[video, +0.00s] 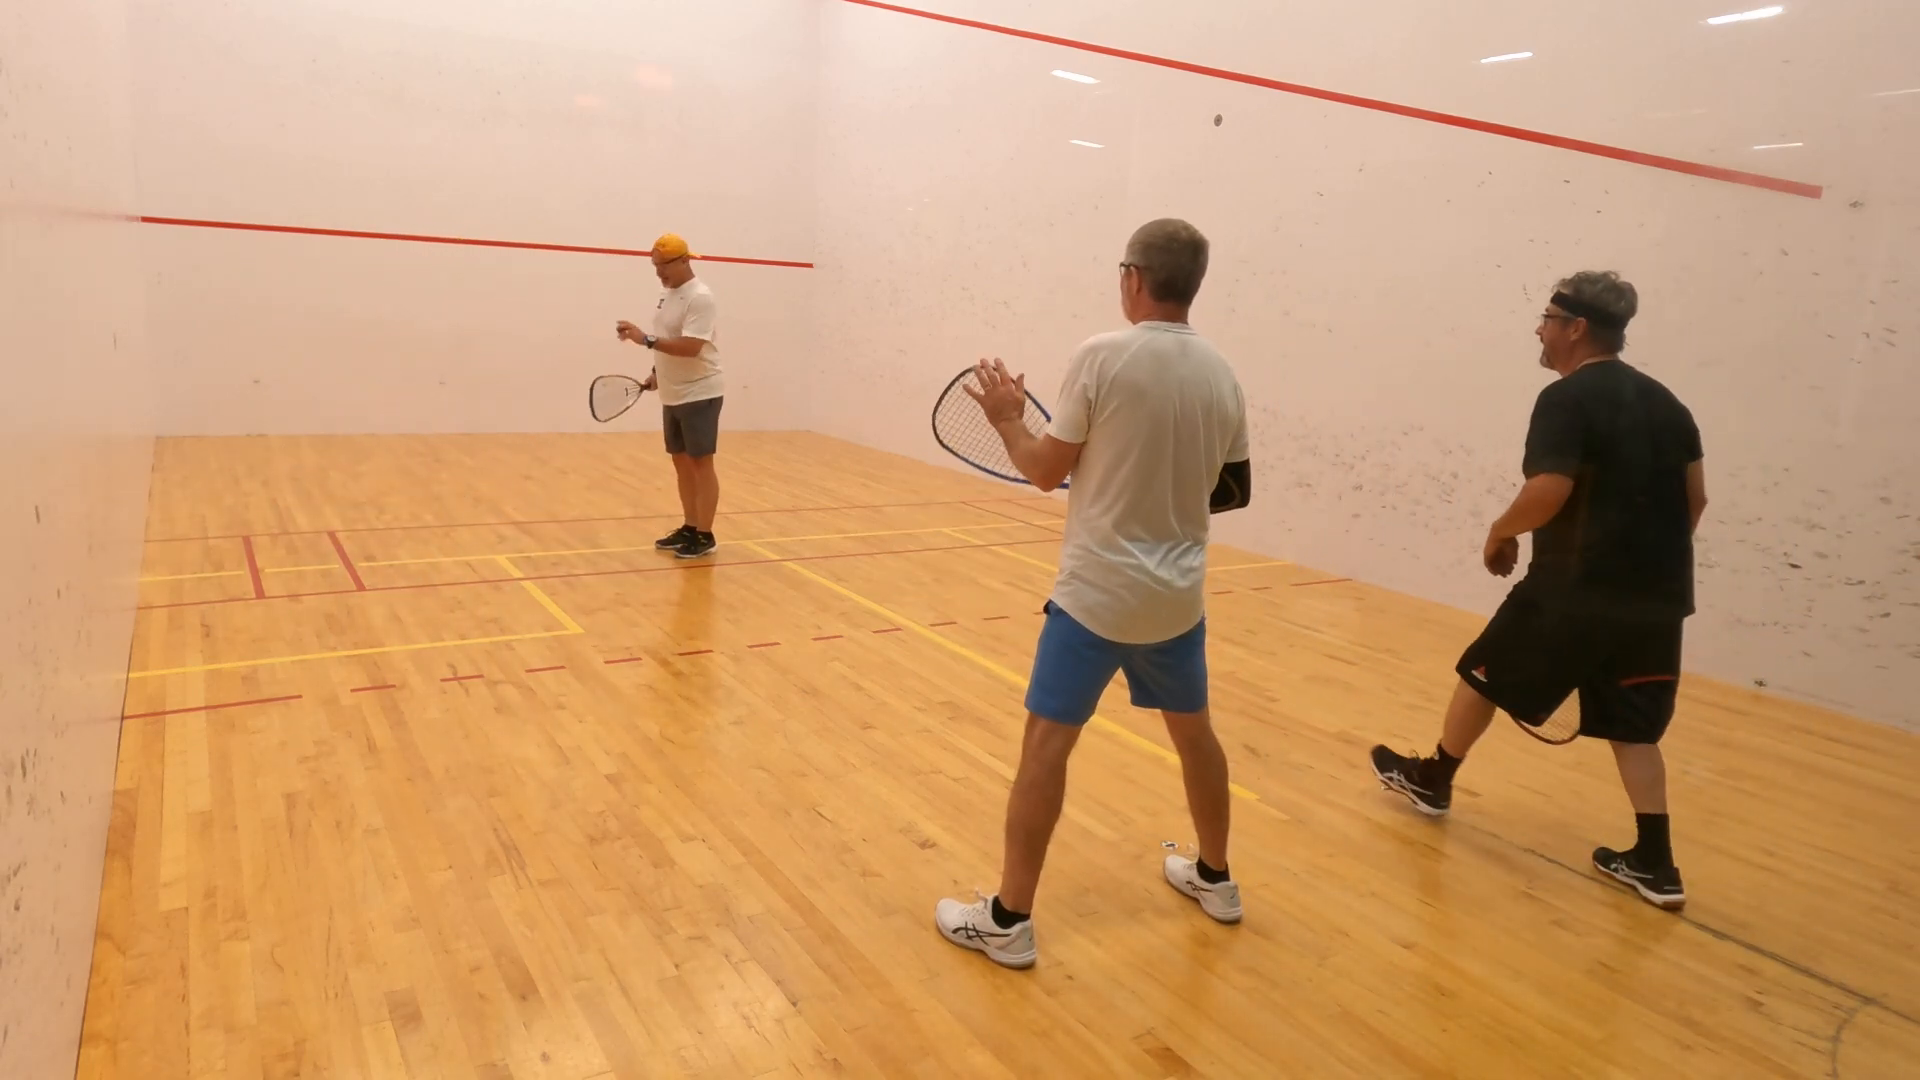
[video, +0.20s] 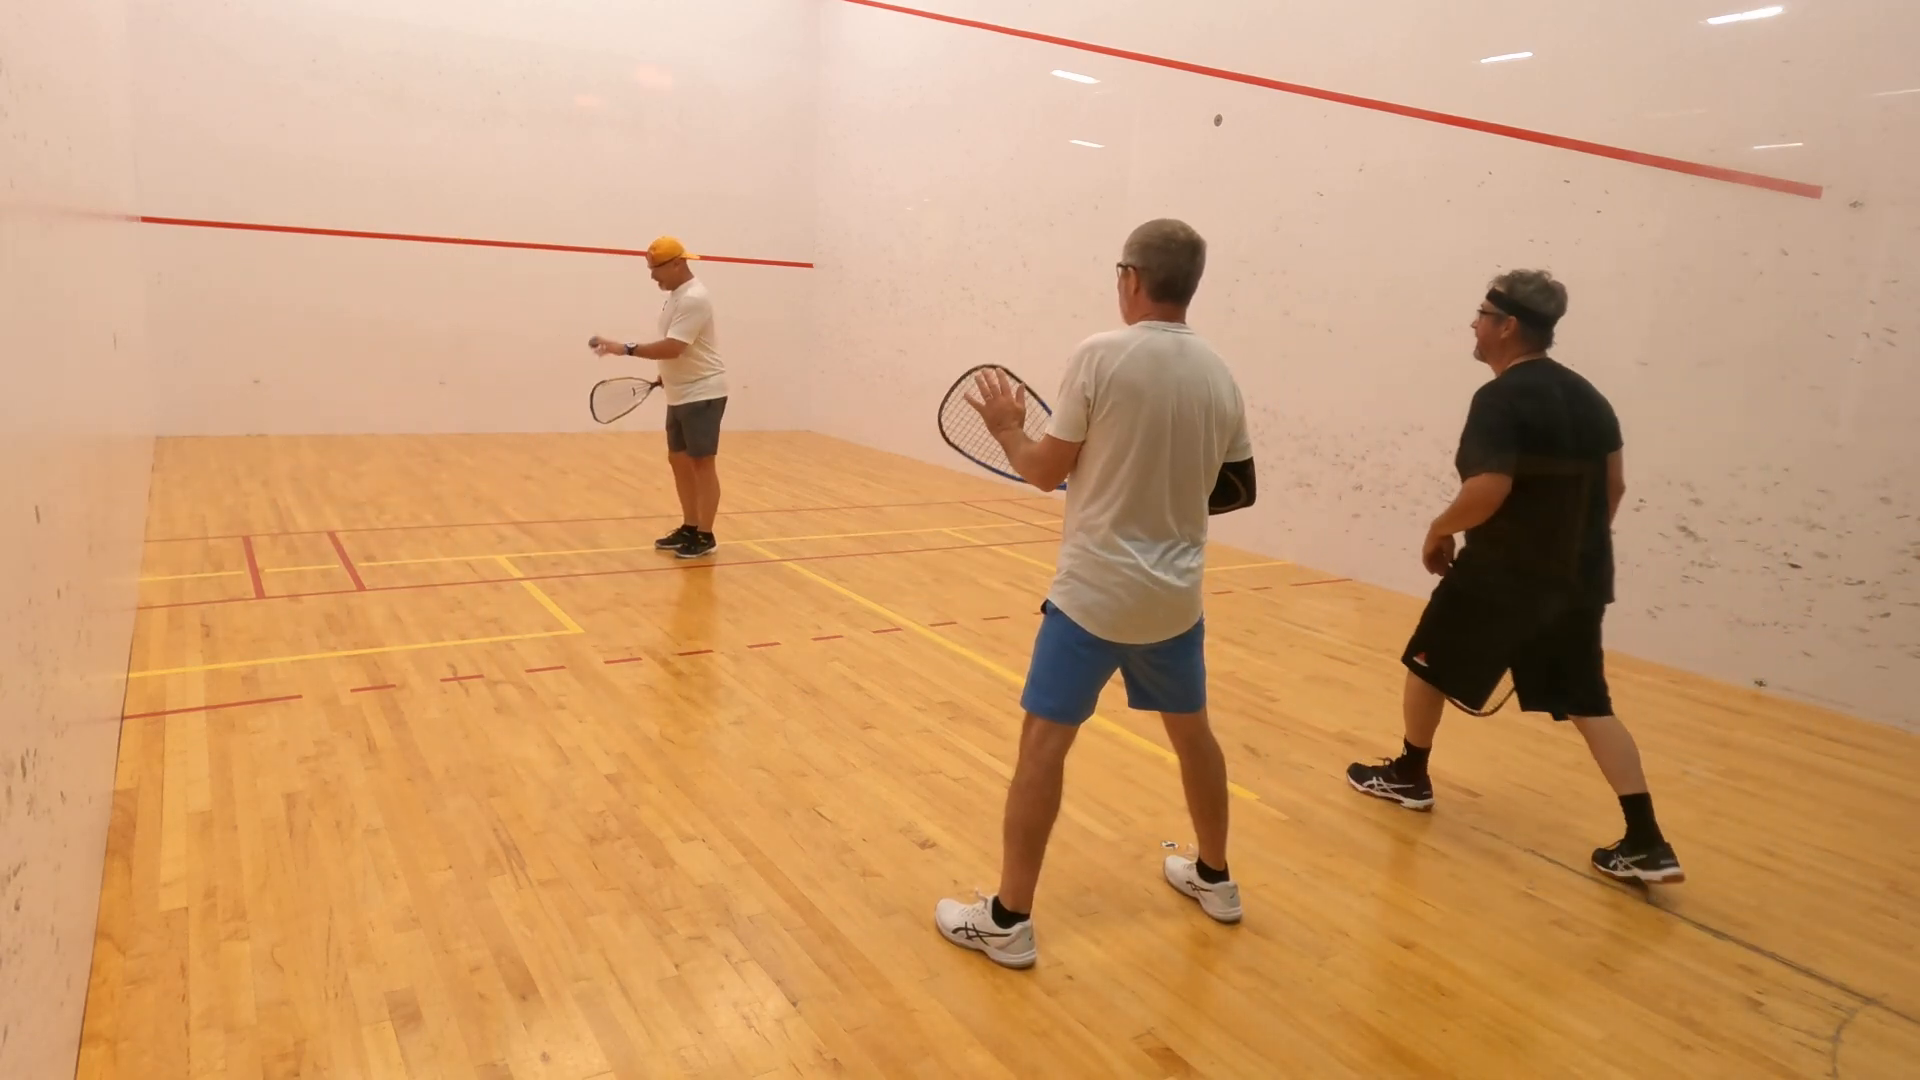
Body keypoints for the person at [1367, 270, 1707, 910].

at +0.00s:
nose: (1539, 330)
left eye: (1549, 320)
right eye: (1544, 318)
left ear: (1579, 331)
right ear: (1608, 334)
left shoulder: (1565, 398)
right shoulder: (1666, 404)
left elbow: (1549, 487)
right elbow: (1693, 499)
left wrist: (1503, 531)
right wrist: (1655, 562)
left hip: (1568, 595)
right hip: (1652, 604)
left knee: (1485, 669)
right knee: (1632, 722)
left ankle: (1435, 775)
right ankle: (1655, 861)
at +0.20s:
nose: (1474, 323)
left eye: (1484, 315)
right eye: (1480, 312)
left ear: (1510, 328)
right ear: (1536, 331)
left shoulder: (1498, 398)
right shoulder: (1587, 397)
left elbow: (1488, 488)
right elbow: (1613, 486)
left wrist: (1440, 529)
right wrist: (1574, 543)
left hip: (1502, 576)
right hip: (1576, 584)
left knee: (1429, 656)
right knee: (1588, 701)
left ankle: (1410, 771)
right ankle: (1645, 838)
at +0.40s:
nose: (1414, 311)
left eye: (1423, 303)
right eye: (1418, 300)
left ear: (1448, 314)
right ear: (1473, 317)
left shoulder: (1436, 382)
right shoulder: (1521, 383)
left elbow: (1417, 468)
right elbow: (1539, 470)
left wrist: (1370, 499)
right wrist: (1506, 523)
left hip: (1433, 556)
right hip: (1498, 559)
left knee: (1393, 657)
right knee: (1460, 652)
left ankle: (1406, 772)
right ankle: (1530, 753)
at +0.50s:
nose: (1390, 305)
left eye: (1398, 298)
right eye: (1394, 296)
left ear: (1420, 309)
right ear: (1446, 312)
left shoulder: (1409, 377)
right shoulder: (1492, 378)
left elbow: (1386, 464)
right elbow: (1510, 463)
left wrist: (1338, 486)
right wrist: (1484, 526)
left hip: (1406, 549)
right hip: (1465, 547)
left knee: (1382, 659)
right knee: (1410, 633)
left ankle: (1405, 772)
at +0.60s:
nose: (1365, 305)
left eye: (1373, 297)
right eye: (1369, 295)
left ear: (1397, 307)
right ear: (1419, 311)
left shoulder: (1384, 375)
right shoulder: (1463, 376)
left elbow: (1359, 459)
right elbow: (1483, 457)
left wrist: (1309, 477)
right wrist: (1463, 522)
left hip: (1384, 545)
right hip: (1436, 542)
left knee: (1369, 653)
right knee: (1361, 623)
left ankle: (1406, 772)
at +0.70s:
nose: (1340, 305)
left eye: (1347, 298)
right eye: (1345, 295)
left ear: (1369, 308)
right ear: (1394, 312)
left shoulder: (1359, 377)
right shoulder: (1433, 377)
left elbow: (1335, 457)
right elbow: (1453, 455)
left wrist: (1280, 476)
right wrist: (1438, 522)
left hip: (1358, 545)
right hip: (1406, 541)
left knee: (1353, 648)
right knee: (1329, 615)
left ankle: (1404, 770)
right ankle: (1273, 684)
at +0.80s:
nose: (1318, 308)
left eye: (1326, 300)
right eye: (1323, 298)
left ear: (1347, 311)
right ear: (1370, 315)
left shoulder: (1333, 381)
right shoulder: (1405, 381)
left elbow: (1315, 459)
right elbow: (1420, 455)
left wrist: (1257, 466)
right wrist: (1411, 520)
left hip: (1319, 537)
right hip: (1368, 537)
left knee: (1334, 645)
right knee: (1289, 607)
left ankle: (1399, 757)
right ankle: (1247, 692)